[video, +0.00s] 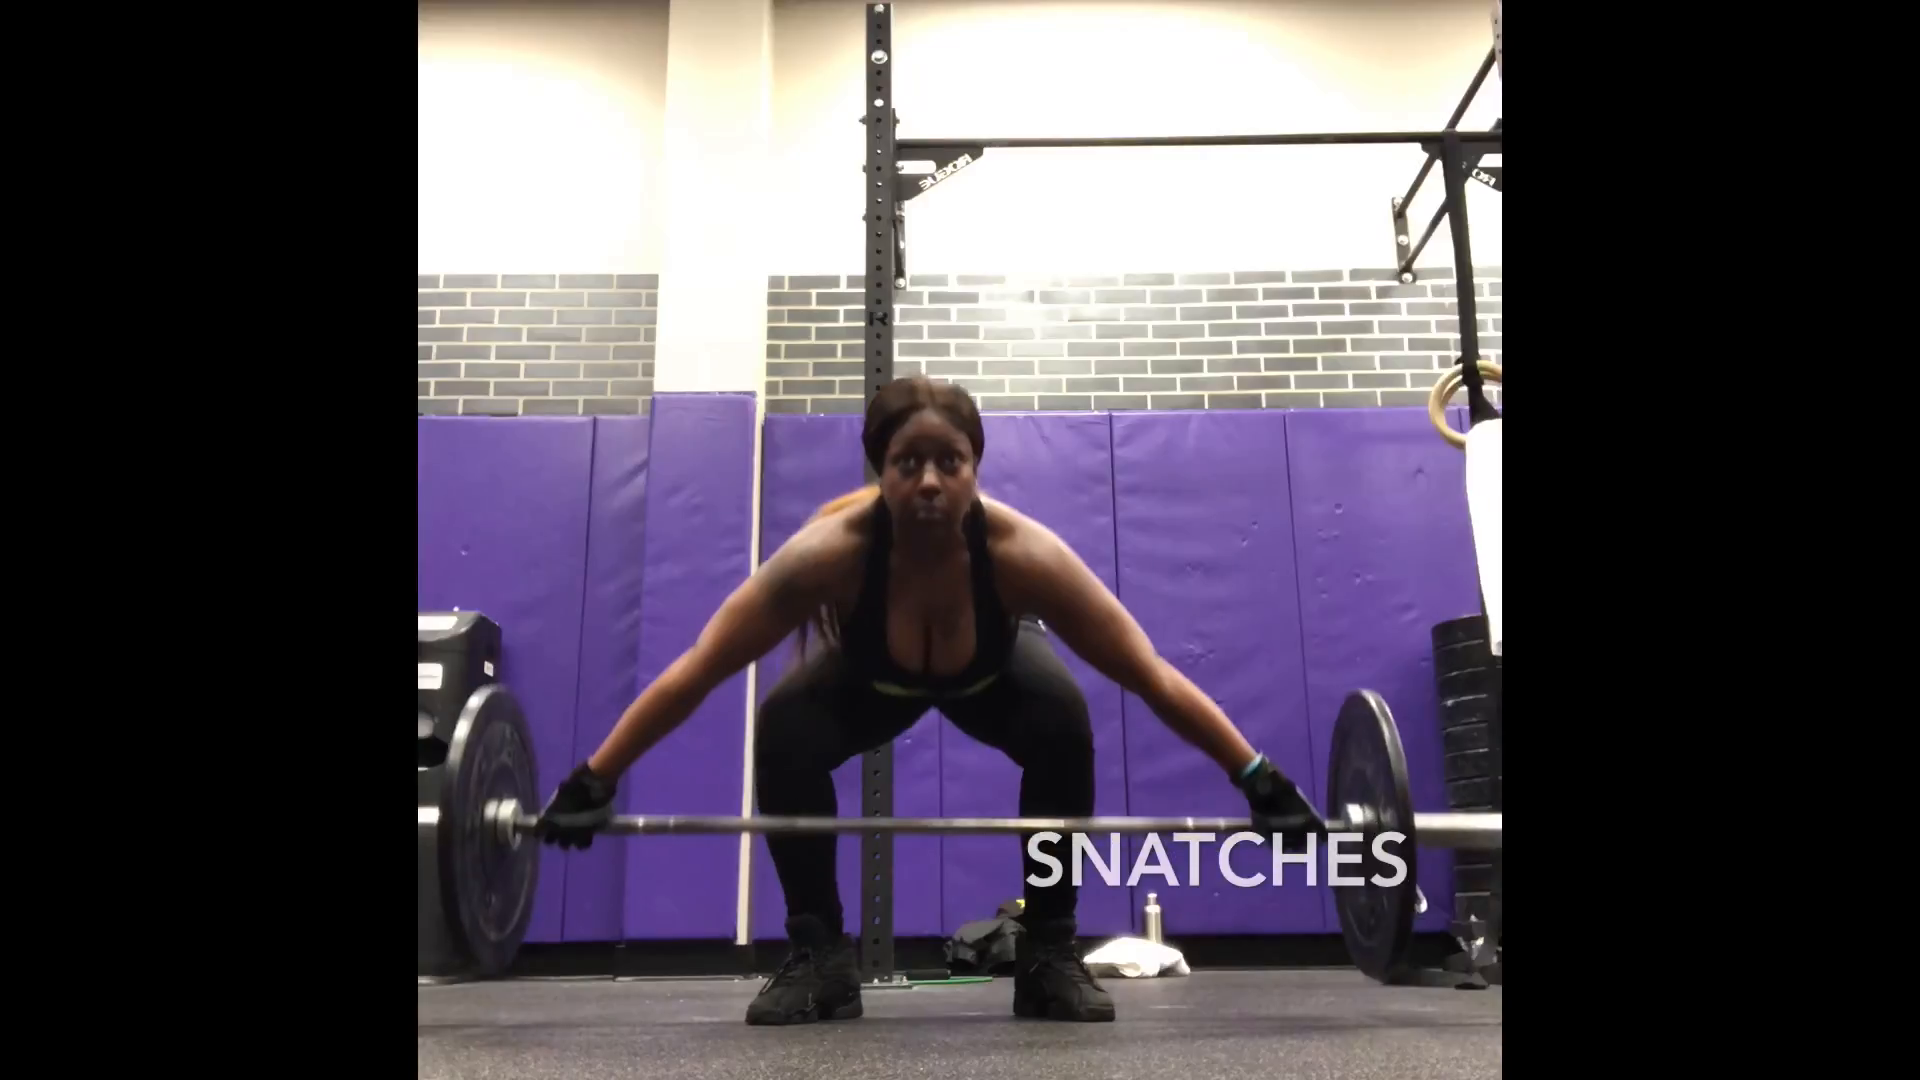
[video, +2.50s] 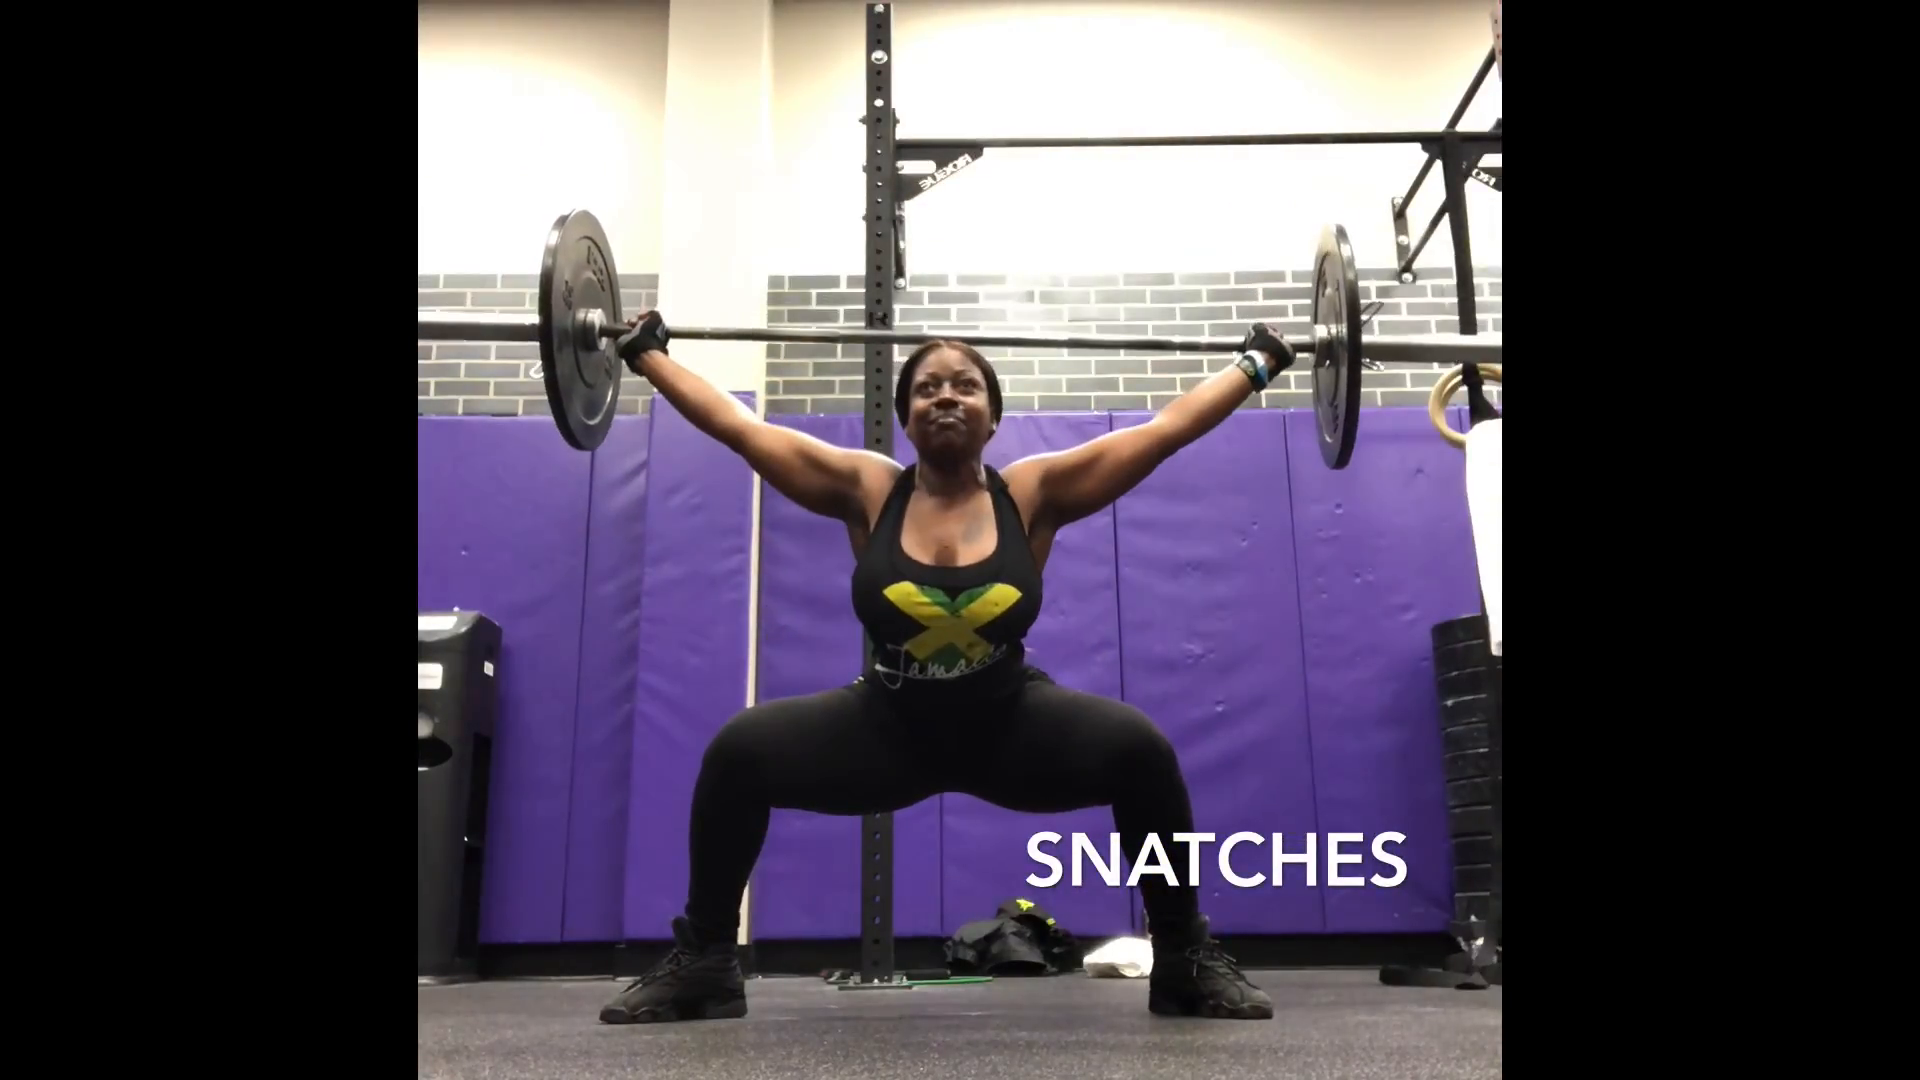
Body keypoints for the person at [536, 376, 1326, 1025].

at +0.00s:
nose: (930, 480)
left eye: (947, 462)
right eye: (910, 463)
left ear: (974, 469)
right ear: (880, 471)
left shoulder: (1023, 551)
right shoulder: (829, 549)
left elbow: (1149, 672)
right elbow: (703, 664)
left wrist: (1256, 774)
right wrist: (596, 775)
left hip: (985, 676)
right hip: (875, 679)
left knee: (1064, 727)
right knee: (784, 735)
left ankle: (1049, 954)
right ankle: (819, 955)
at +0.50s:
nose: (934, 249)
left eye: (950, 237)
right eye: (915, 237)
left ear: (976, 268)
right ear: (885, 267)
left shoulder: (1019, 380)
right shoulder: (837, 372)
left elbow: (1140, 463)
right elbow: (719, 453)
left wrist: (1242, 554)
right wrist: (615, 545)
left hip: (985, 587)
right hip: (871, 588)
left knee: (1054, 725)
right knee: (791, 728)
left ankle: (1048, 959)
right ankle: (822, 957)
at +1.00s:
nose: (942, 285)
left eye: (958, 275)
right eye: (925, 274)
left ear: (981, 298)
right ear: (899, 297)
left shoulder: (1017, 371)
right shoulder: (857, 369)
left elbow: (1137, 290)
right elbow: (742, 284)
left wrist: (1220, 194)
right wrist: (657, 189)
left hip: (998, 625)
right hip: (880, 627)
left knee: (1141, 741)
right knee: (731, 743)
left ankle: (1185, 967)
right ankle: (704, 966)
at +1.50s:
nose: (939, 373)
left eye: (957, 359)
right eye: (922, 361)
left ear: (984, 375)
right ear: (896, 376)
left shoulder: (1026, 454)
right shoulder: (857, 453)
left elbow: (1157, 386)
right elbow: (730, 389)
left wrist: (1246, 315)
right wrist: (643, 308)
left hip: (1003, 695)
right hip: (880, 699)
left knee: (1151, 753)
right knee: (719, 749)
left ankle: (1185, 968)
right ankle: (703, 966)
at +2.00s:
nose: (943, 394)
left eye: (960, 379)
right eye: (925, 380)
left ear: (986, 395)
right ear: (900, 398)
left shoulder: (1031, 474)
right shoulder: (857, 471)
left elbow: (1161, 409)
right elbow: (730, 402)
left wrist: (1254, 333)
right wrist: (645, 326)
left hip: (1007, 711)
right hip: (884, 714)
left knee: (1147, 753)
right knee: (731, 752)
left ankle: (1185, 961)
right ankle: (704, 961)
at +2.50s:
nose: (945, 396)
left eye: (964, 385)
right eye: (927, 387)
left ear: (994, 413)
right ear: (904, 416)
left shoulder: (1034, 493)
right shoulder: (864, 489)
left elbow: (1164, 430)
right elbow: (736, 424)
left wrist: (1263, 359)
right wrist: (642, 348)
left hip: (1008, 725)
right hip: (885, 727)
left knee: (1140, 751)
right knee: (739, 752)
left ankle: (1184, 964)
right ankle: (704, 961)